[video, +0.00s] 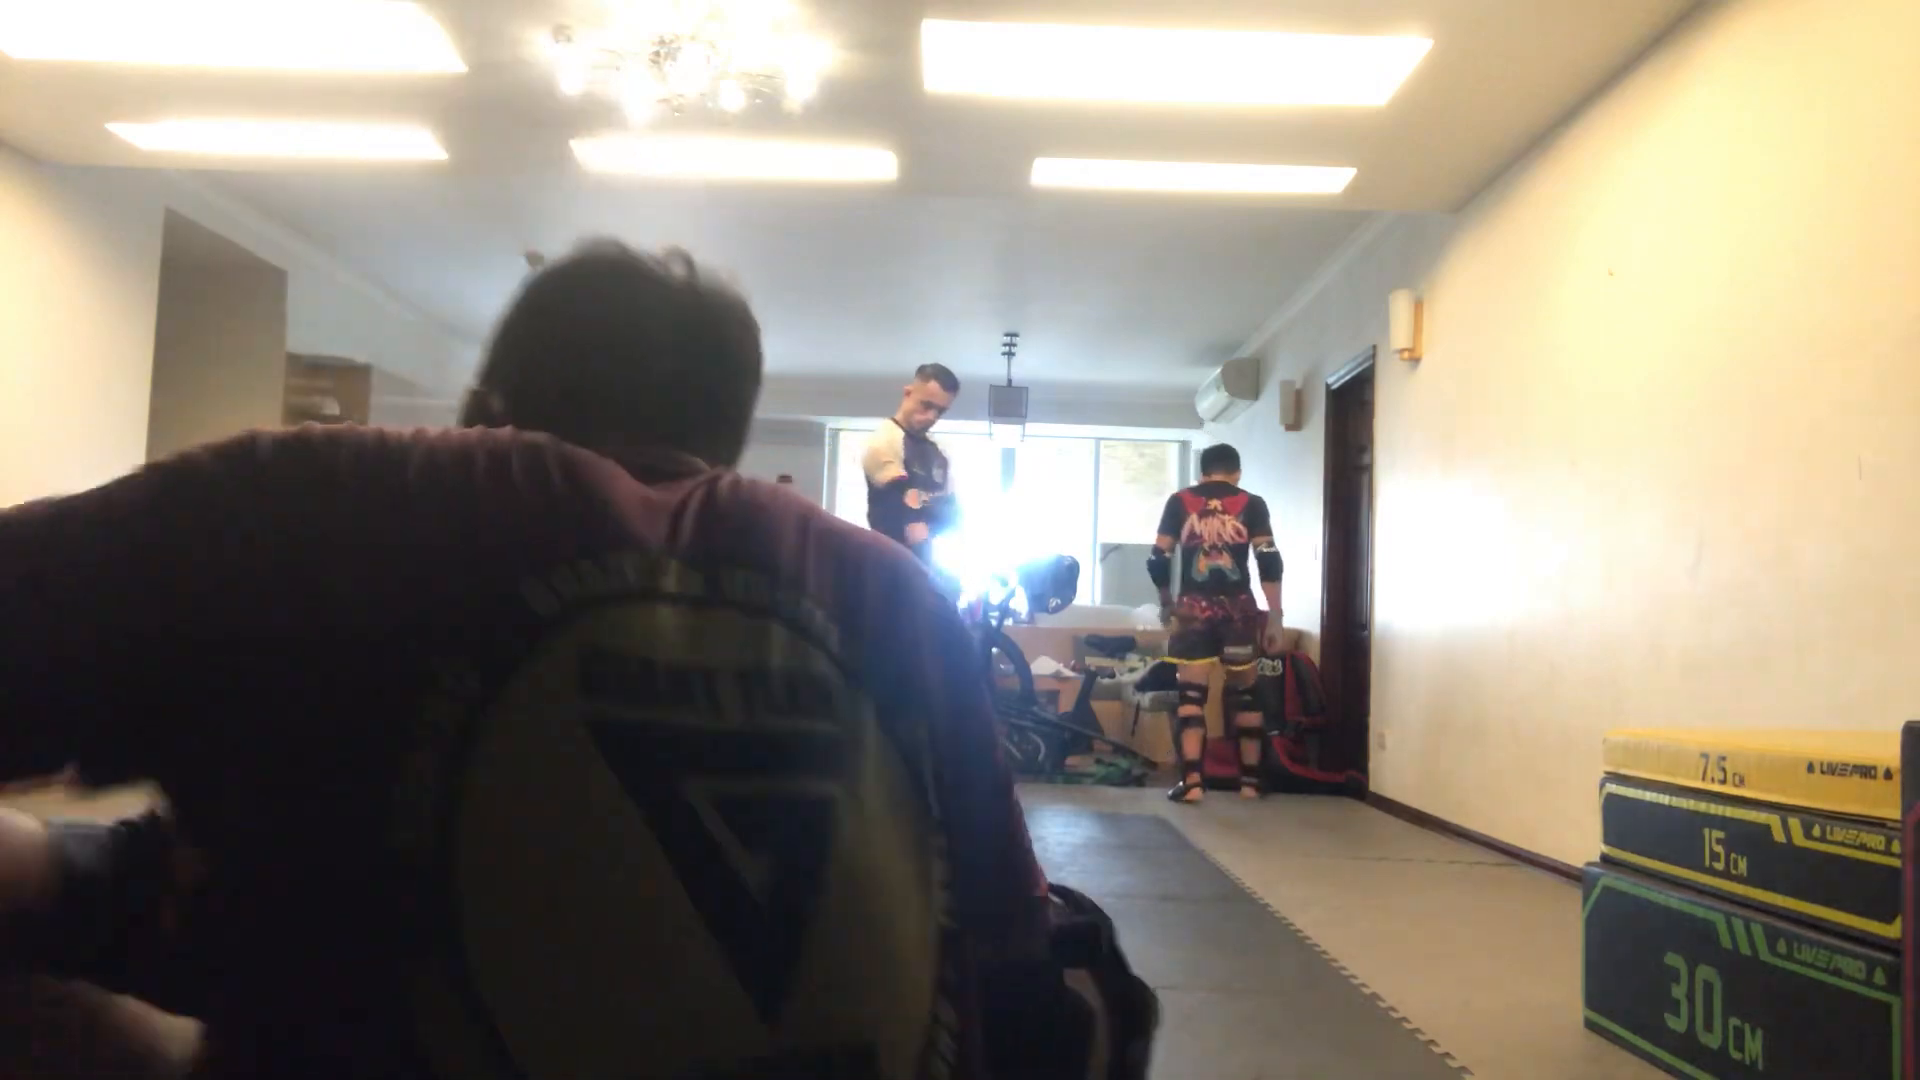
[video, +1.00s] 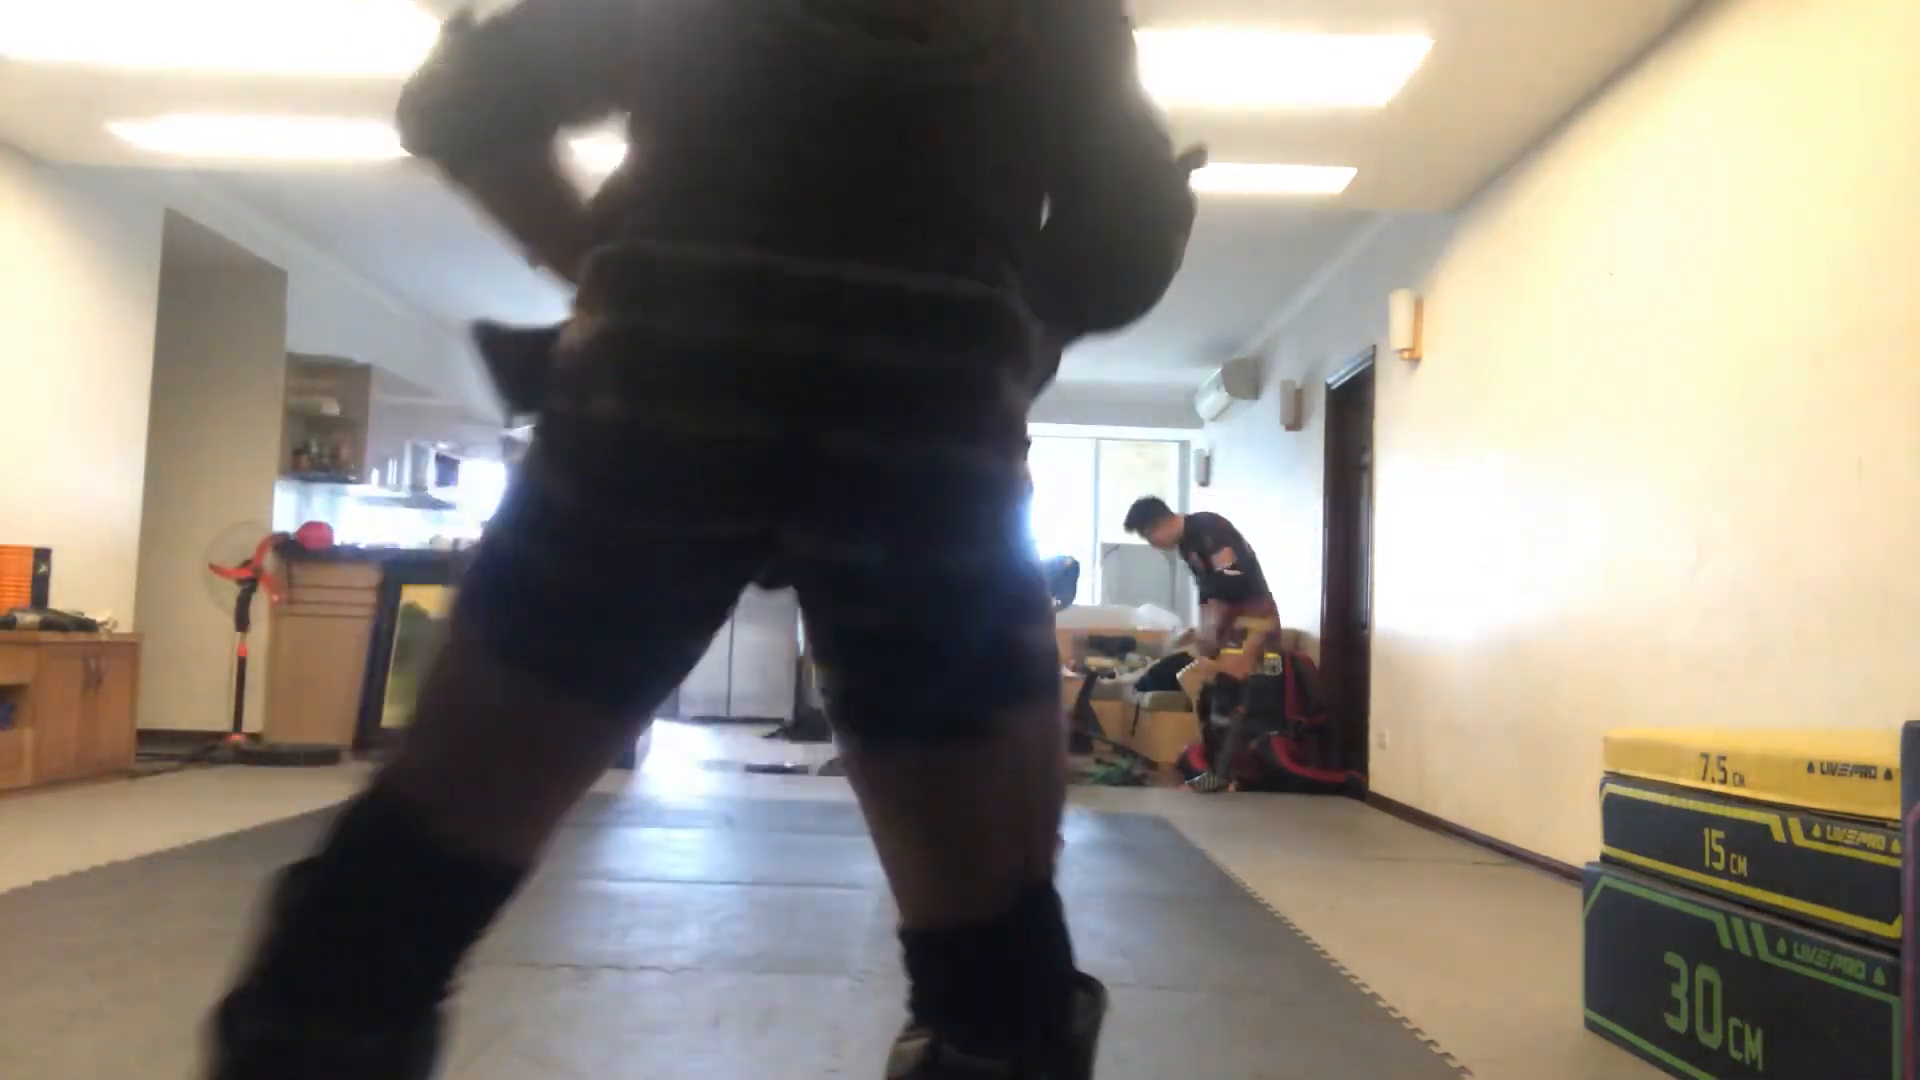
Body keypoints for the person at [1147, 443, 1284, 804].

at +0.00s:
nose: (1235, 478)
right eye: (1237, 473)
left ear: (1201, 472)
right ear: (1237, 472)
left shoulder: (1179, 501)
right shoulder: (1251, 504)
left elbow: (1157, 562)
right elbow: (1269, 561)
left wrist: (1168, 607)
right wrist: (1275, 616)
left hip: (1192, 614)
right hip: (1239, 614)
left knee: (1191, 696)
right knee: (1244, 693)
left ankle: (1192, 781)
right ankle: (1250, 781)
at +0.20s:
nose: (1207, 481)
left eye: (1206, 477)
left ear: (1206, 476)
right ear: (1243, 475)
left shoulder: (1195, 499)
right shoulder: (1266, 504)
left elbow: (1175, 555)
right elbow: (1287, 561)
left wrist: (1170, 606)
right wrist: (1281, 613)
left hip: (1208, 613)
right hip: (1253, 613)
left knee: (1193, 686)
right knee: (1252, 693)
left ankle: (1209, 759)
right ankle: (1250, 779)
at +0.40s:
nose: (1197, 488)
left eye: (1197, 483)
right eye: (1198, 484)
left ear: (1200, 479)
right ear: (1230, 476)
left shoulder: (1199, 498)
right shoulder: (1261, 506)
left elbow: (1183, 551)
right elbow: (1285, 561)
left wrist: (1176, 601)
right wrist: (1277, 612)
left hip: (1215, 612)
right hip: (1257, 614)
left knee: (1194, 689)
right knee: (1252, 694)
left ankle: (1212, 768)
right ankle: (1250, 778)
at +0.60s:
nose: (1178, 499)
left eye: (1176, 493)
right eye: (1175, 493)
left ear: (1183, 486)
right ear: (1205, 481)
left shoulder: (1196, 503)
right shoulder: (1239, 508)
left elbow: (1192, 557)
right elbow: (1267, 564)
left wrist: (1178, 608)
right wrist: (1257, 608)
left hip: (1221, 611)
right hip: (1254, 611)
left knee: (1206, 690)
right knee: (1240, 690)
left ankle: (1217, 773)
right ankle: (1249, 764)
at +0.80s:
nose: (1160, 518)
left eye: (1157, 510)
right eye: (1155, 513)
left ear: (1168, 498)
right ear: (1175, 493)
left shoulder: (1199, 510)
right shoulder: (1212, 508)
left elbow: (1206, 565)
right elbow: (1228, 568)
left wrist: (1186, 617)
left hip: (1234, 617)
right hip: (1248, 615)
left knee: (1213, 686)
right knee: (1238, 688)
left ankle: (1219, 769)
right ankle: (1242, 762)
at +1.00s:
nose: (1153, 544)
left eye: (1150, 537)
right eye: (1147, 539)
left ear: (1160, 524)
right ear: (1163, 522)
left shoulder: (1208, 529)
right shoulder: (1185, 544)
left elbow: (1232, 588)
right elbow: (1207, 592)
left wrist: (1212, 633)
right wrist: (1205, 633)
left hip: (1256, 623)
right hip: (1230, 625)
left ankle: (1225, 768)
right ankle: (1218, 764)